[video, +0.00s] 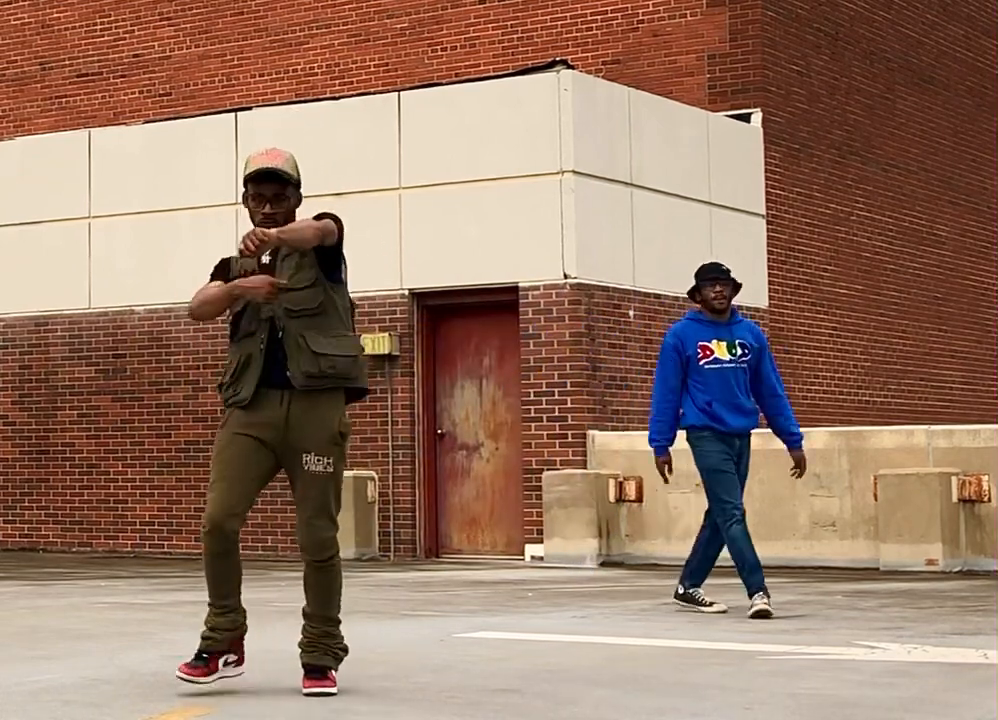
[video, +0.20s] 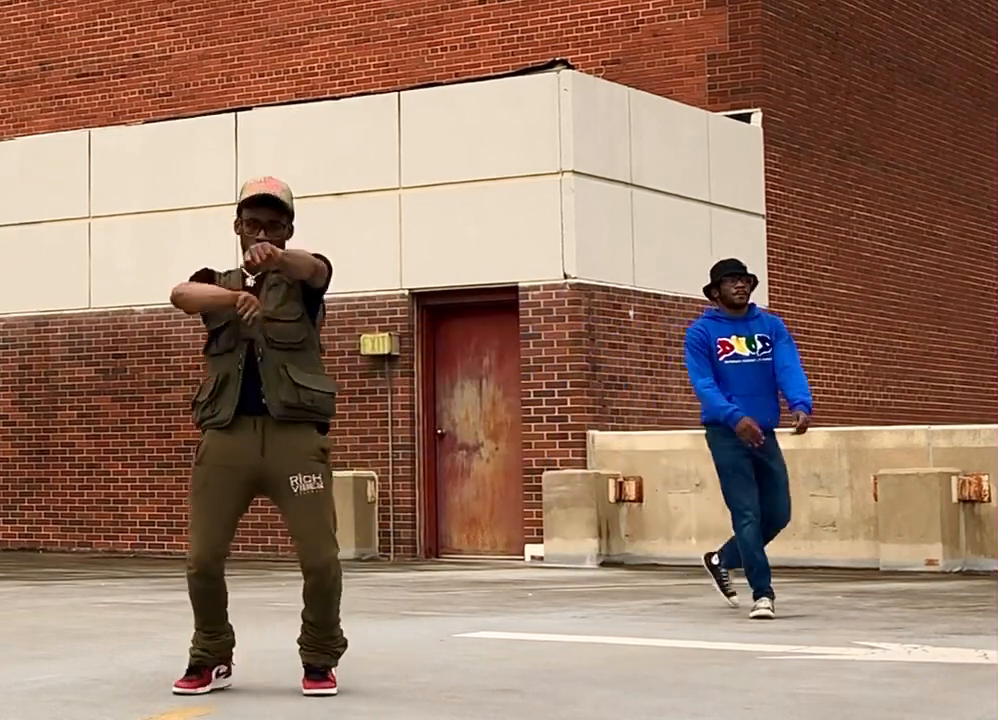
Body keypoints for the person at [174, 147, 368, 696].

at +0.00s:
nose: (267, 201)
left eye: (278, 193)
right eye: (258, 193)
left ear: (297, 198)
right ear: (244, 198)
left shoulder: (320, 235)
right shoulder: (236, 263)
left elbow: (325, 230)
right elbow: (198, 307)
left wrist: (273, 237)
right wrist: (240, 288)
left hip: (316, 407)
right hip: (250, 409)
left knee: (318, 540)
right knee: (217, 522)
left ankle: (320, 655)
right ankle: (223, 637)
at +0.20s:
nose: (262, 231)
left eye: (272, 223)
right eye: (253, 222)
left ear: (289, 228)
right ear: (238, 225)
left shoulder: (307, 277)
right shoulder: (219, 281)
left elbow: (316, 269)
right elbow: (182, 295)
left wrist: (277, 256)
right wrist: (236, 298)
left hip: (295, 437)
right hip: (224, 438)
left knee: (322, 561)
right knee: (201, 561)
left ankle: (320, 659)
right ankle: (211, 655)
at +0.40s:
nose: (258, 197)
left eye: (269, 189)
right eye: (248, 187)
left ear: (283, 200)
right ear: (230, 194)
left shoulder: (292, 253)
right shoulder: (203, 237)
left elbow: (321, 269)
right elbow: (162, 259)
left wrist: (289, 254)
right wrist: (234, 293)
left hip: (286, 417)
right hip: (213, 418)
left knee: (327, 522)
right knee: (198, 548)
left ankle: (310, 636)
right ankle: (207, 654)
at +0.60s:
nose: (260, 191)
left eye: (270, 182)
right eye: (248, 183)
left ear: (284, 191)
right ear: (231, 193)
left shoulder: (294, 251)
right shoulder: (209, 234)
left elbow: (334, 274)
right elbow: (170, 253)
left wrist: (310, 265)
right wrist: (235, 301)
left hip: (285, 421)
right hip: (219, 421)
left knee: (312, 538)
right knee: (203, 554)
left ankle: (331, 670)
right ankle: (198, 653)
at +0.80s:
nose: (252, 209)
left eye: (263, 201)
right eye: (242, 197)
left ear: (273, 210)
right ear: (222, 200)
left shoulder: (277, 260)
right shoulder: (192, 251)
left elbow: (314, 263)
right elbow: (169, 278)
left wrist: (302, 263)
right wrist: (243, 291)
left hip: (295, 424)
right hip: (222, 430)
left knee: (340, 525)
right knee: (197, 558)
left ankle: (329, 668)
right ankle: (194, 653)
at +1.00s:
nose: (251, 248)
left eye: (261, 239)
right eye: (240, 238)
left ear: (272, 246)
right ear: (220, 244)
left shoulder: (291, 294)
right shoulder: (203, 301)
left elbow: (318, 285)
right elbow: (168, 318)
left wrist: (300, 271)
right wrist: (229, 297)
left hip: (302, 454)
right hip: (228, 460)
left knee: (345, 559)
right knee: (199, 589)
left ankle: (332, 672)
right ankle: (201, 652)